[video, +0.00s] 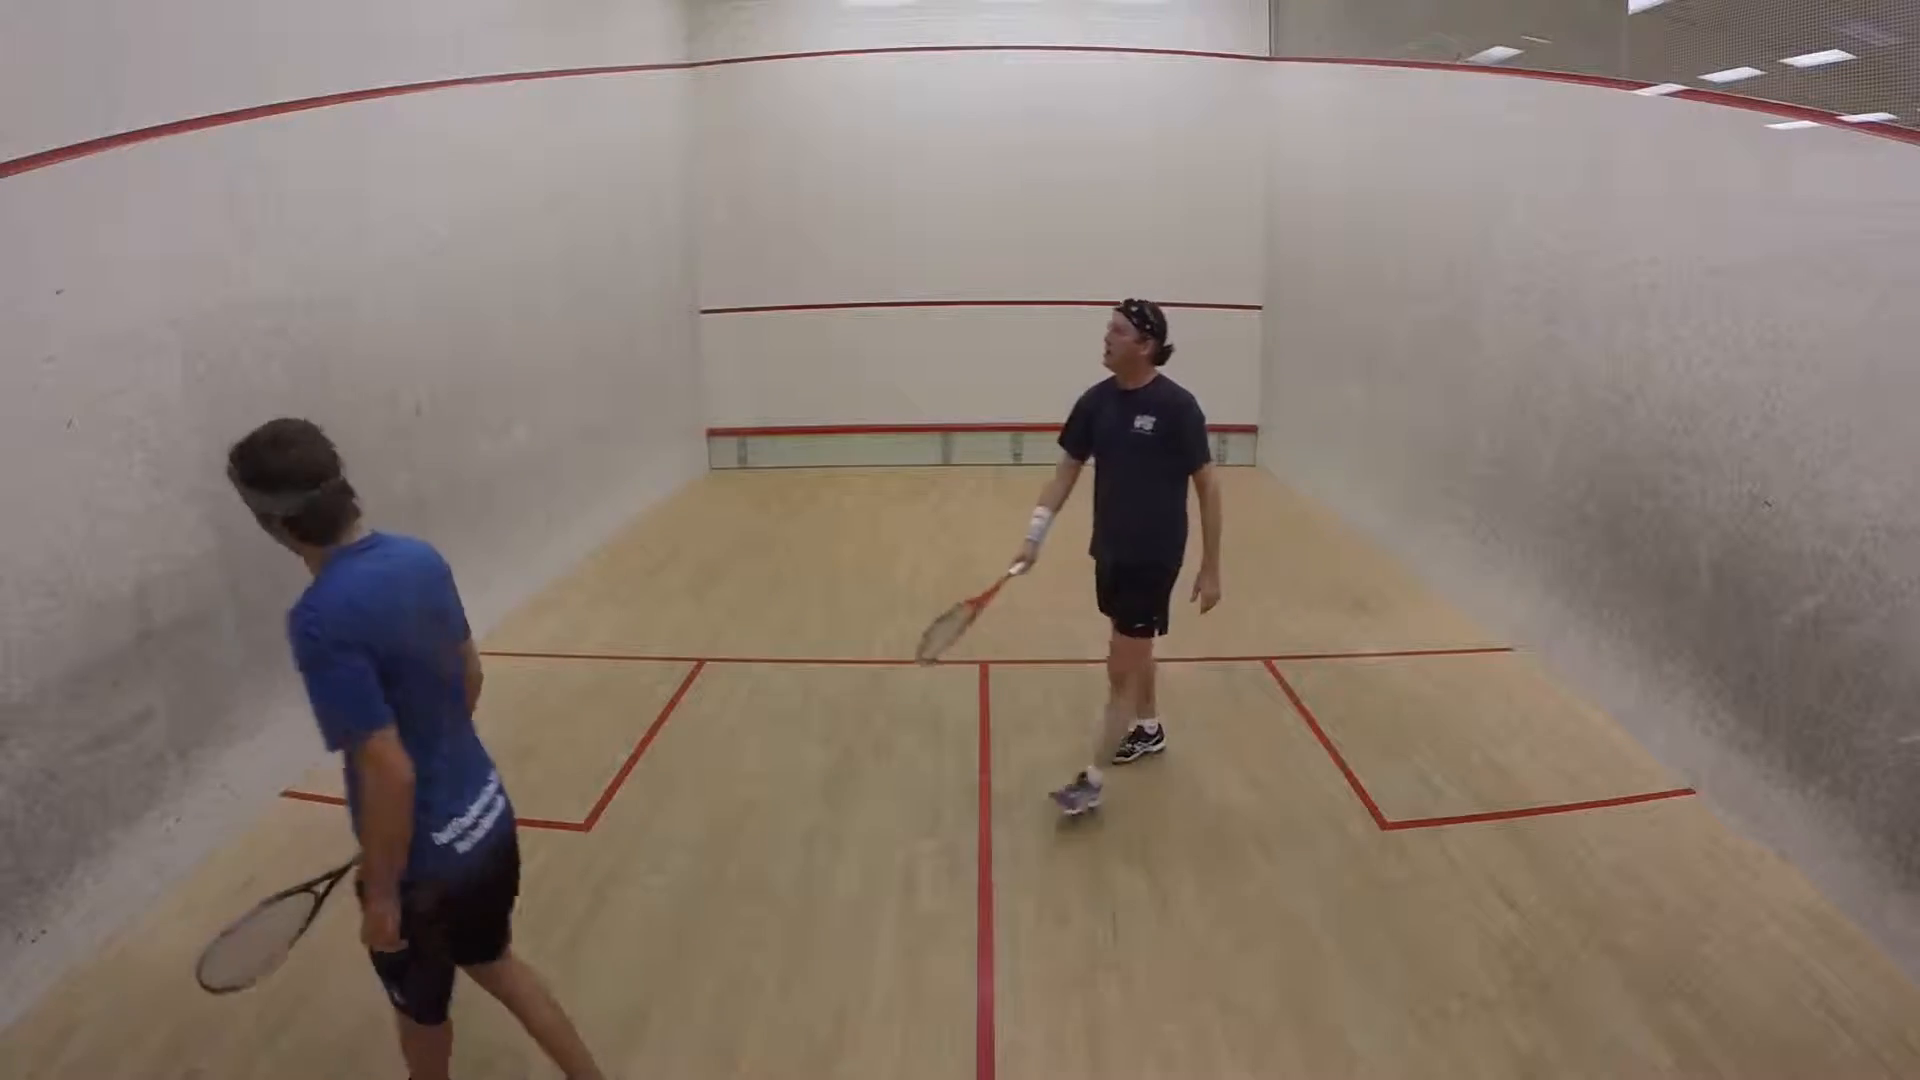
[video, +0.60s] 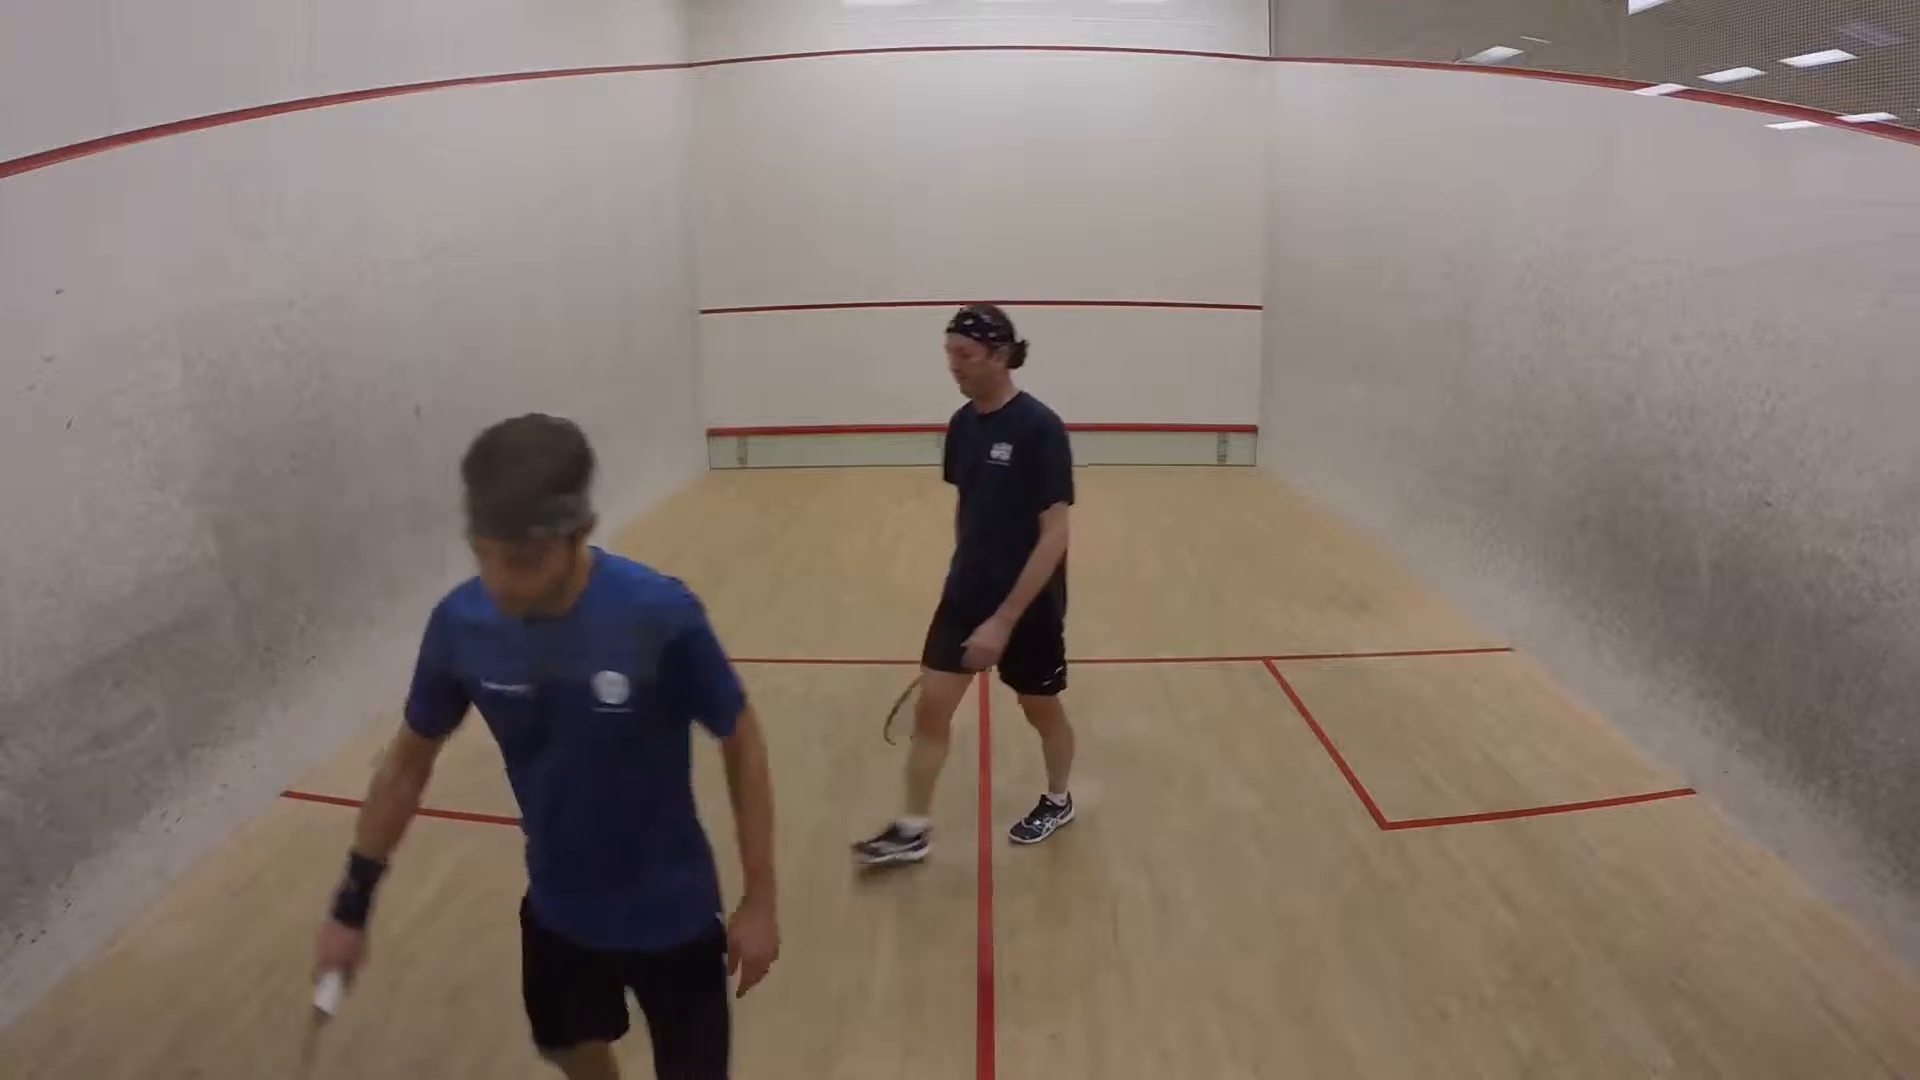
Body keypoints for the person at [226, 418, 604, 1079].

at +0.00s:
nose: (260, 523)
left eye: (258, 512)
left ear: (274, 524)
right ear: (342, 480)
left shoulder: (323, 619)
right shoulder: (417, 557)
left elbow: (388, 771)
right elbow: (467, 677)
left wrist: (381, 894)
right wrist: (420, 761)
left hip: (423, 867)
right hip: (491, 825)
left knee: (423, 1022)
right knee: (491, 957)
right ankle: (587, 1071)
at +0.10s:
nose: (279, 546)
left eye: (277, 532)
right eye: (272, 533)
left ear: (306, 528)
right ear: (356, 493)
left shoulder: (375, 613)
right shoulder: (419, 560)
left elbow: (467, 754)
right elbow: (463, 694)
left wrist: (454, 896)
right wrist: (408, 782)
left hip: (457, 869)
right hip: (515, 824)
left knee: (442, 1021)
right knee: (523, 971)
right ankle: (594, 1073)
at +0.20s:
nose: (289, 543)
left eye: (292, 524)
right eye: (283, 526)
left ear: (338, 512)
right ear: (350, 507)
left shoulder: (417, 598)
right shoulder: (427, 555)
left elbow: (534, 736)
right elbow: (423, 684)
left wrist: (543, 886)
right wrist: (352, 764)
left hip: (483, 858)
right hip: (522, 829)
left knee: (473, 1015)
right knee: (547, 982)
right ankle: (597, 1072)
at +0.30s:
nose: (318, 538)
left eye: (324, 516)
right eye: (313, 518)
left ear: (384, 504)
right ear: (385, 505)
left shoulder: (466, 595)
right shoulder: (424, 568)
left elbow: (584, 726)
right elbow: (394, 673)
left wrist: (628, 878)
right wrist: (295, 751)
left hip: (532, 863)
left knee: (515, 1043)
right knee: (581, 1005)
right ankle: (604, 1077)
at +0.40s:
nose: (360, 541)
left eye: (373, 518)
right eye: (358, 519)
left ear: (442, 501)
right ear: (436, 506)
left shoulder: (525, 604)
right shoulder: (424, 578)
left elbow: (637, 739)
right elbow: (369, 688)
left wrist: (693, 888)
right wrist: (267, 776)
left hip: (581, 877)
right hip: (527, 862)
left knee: (574, 1062)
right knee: (592, 1030)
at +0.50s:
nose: (425, 557)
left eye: (445, 536)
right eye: (419, 534)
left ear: (513, 516)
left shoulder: (590, 610)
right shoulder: (434, 596)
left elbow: (686, 750)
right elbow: (374, 728)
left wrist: (731, 903)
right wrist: (290, 842)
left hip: (620, 889)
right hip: (536, 885)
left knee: (641, 1065)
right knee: (594, 1037)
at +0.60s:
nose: (501, 582)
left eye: (523, 561)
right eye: (486, 556)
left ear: (580, 537)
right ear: (471, 538)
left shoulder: (661, 618)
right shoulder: (461, 627)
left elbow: (741, 738)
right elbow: (405, 765)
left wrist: (758, 901)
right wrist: (350, 906)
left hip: (670, 908)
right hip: (561, 906)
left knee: (693, 1070)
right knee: (572, 1045)